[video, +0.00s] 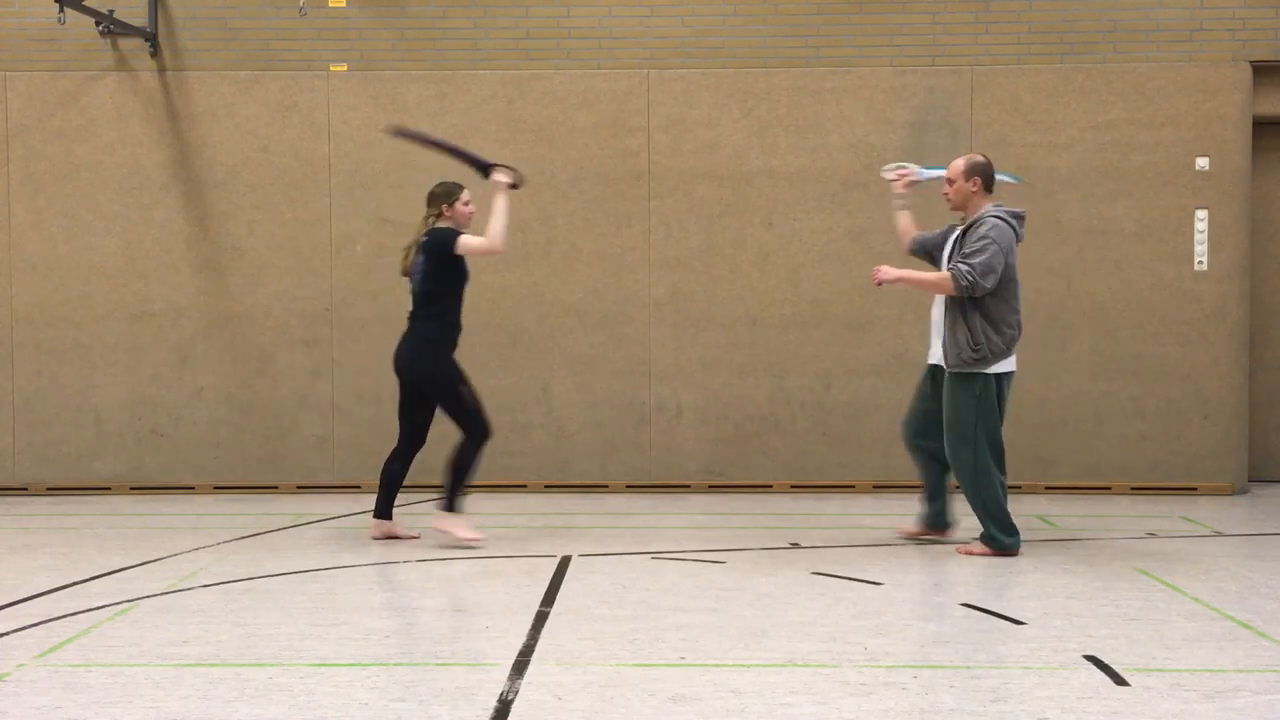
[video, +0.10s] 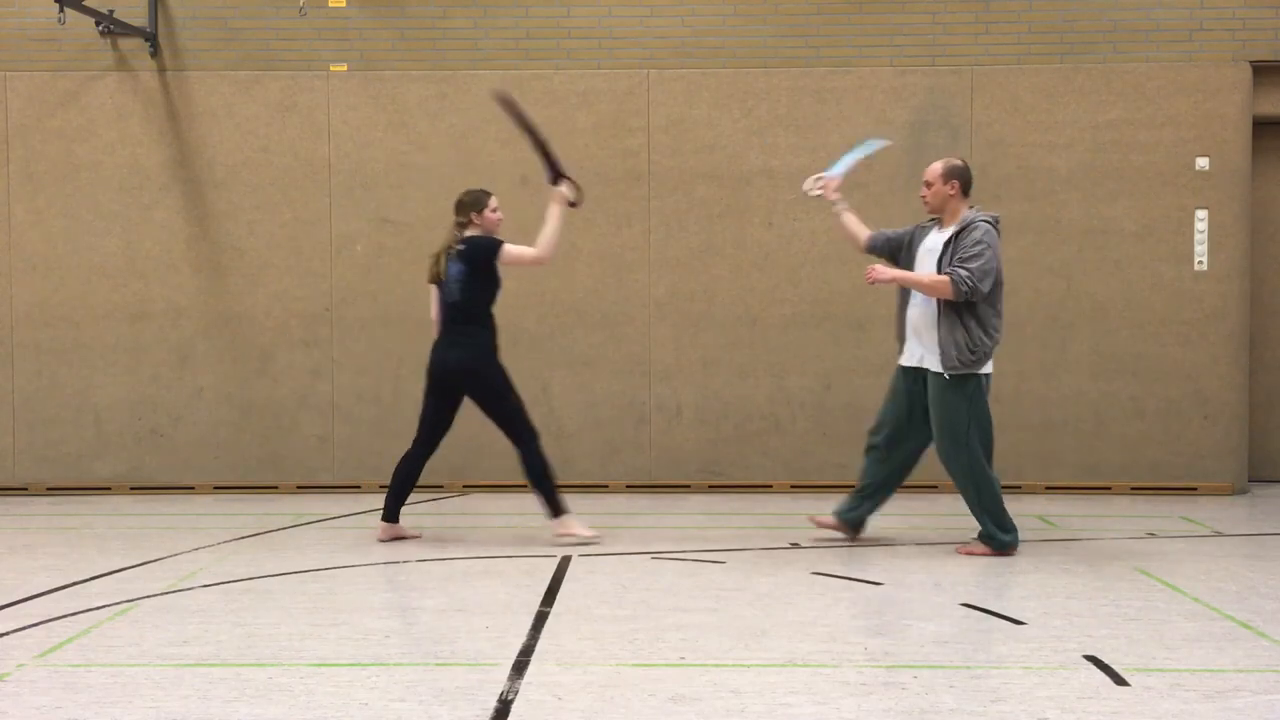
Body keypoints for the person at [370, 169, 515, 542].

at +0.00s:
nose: (472, 209)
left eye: (470, 203)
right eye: (466, 204)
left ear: (444, 210)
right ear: (446, 209)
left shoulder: (428, 241)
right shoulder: (442, 239)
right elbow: (493, 242)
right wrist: (500, 190)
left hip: (413, 354)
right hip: (430, 357)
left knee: (410, 440)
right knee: (477, 430)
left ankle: (381, 520)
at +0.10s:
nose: (500, 216)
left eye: (499, 210)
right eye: (495, 211)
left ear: (469, 218)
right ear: (476, 216)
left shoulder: (444, 256)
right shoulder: (484, 247)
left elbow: (437, 317)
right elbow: (540, 254)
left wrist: (451, 352)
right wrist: (558, 201)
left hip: (444, 360)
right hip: (477, 361)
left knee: (424, 442)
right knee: (525, 437)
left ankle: (388, 522)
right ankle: (562, 519)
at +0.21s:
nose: (527, 227)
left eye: (524, 221)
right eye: (520, 222)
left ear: (495, 231)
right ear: (502, 229)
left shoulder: (468, 269)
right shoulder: (513, 260)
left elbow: (460, 333)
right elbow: (576, 266)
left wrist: (465, 376)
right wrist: (603, 219)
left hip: (478, 375)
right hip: (515, 375)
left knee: (442, 450)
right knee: (567, 446)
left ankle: (393, 522)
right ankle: (599, 526)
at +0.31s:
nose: (554, 236)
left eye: (551, 229)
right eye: (548, 231)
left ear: (520, 239)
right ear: (529, 237)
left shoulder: (500, 279)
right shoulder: (543, 268)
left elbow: (483, 342)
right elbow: (605, 278)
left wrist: (484, 388)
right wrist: (639, 235)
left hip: (506, 385)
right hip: (544, 383)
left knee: (464, 457)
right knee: (599, 446)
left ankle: (408, 525)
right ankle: (603, 529)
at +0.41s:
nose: (574, 232)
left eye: (571, 226)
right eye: (567, 227)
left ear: (540, 235)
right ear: (548, 234)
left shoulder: (517, 273)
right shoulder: (561, 265)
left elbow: (498, 334)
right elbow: (621, 286)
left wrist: (492, 377)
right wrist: (653, 248)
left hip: (519, 380)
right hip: (558, 379)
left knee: (480, 455)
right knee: (607, 444)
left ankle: (428, 528)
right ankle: (604, 529)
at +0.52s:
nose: (586, 226)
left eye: (584, 219)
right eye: (581, 221)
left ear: (552, 229)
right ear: (561, 227)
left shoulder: (529, 264)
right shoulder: (572, 260)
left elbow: (503, 322)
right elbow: (626, 289)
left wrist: (495, 365)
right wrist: (659, 246)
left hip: (524, 371)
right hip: (564, 372)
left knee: (489, 450)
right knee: (606, 443)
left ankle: (442, 527)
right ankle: (603, 530)